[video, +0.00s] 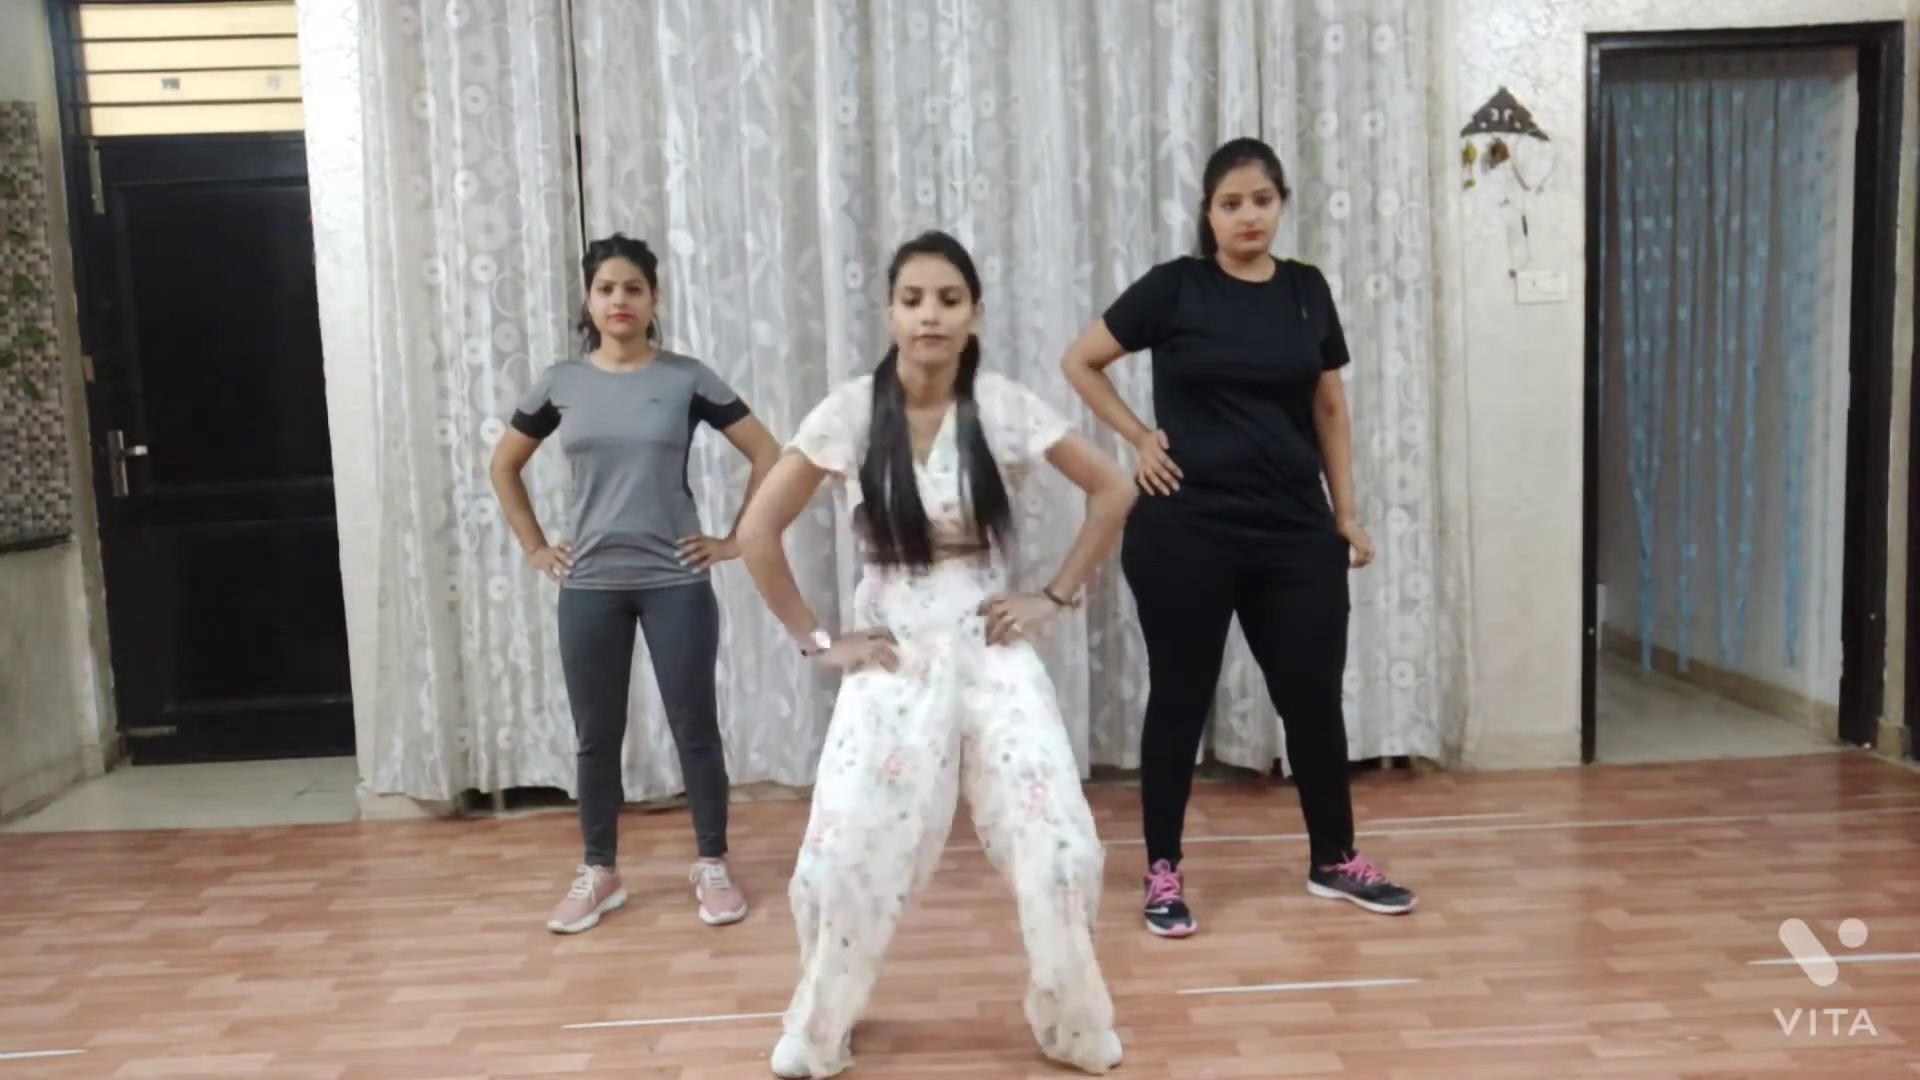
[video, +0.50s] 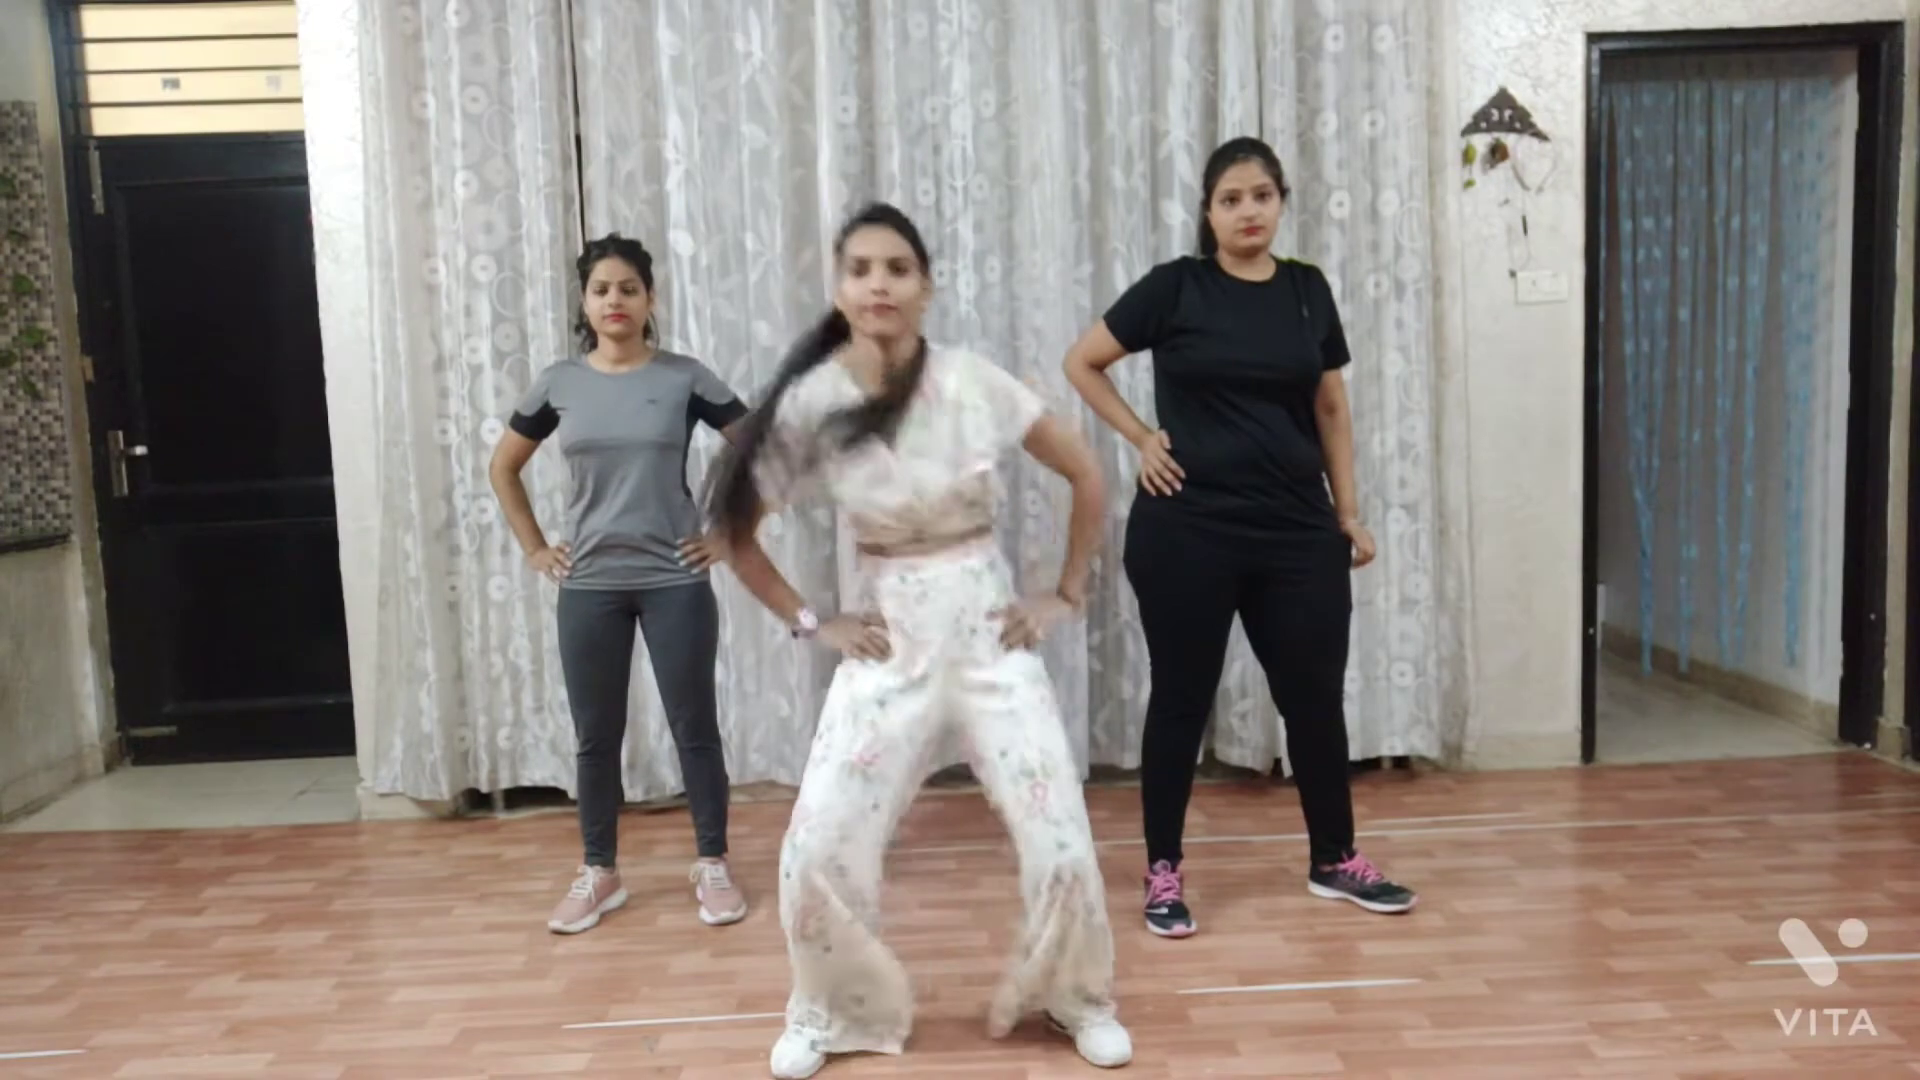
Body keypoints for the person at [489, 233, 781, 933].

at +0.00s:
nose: (620, 300)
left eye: (633, 288)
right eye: (606, 289)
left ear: (654, 299)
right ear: (587, 301)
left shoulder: (688, 379)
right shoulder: (562, 383)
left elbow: (769, 456)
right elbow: (503, 465)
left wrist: (736, 539)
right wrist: (537, 547)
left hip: (675, 575)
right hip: (591, 579)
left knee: (695, 729)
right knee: (596, 736)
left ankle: (712, 866)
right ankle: (599, 871)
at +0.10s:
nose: (619, 301)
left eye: (632, 289)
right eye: (606, 290)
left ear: (652, 299)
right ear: (588, 302)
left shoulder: (687, 378)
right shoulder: (561, 383)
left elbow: (764, 453)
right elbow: (503, 465)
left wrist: (737, 538)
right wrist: (537, 548)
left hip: (675, 574)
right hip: (591, 579)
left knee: (694, 726)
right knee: (595, 736)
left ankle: (713, 866)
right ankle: (599, 872)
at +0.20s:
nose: (618, 300)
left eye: (630, 288)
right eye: (605, 289)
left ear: (651, 299)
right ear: (586, 302)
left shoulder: (687, 378)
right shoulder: (562, 383)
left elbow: (767, 451)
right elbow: (504, 465)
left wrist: (739, 537)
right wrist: (538, 548)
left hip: (675, 574)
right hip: (590, 579)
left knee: (694, 728)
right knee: (596, 737)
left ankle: (713, 867)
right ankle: (599, 872)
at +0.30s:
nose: (616, 301)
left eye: (629, 288)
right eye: (603, 290)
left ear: (651, 298)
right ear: (585, 302)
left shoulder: (687, 380)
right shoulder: (561, 384)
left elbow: (763, 454)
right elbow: (504, 465)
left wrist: (738, 536)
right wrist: (538, 547)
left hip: (675, 574)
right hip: (591, 579)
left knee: (695, 729)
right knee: (596, 737)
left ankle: (713, 866)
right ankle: (599, 872)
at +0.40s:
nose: (616, 301)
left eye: (629, 289)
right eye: (603, 290)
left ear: (650, 300)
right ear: (586, 303)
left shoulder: (688, 378)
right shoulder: (560, 383)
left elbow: (770, 451)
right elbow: (504, 466)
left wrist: (737, 534)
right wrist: (537, 547)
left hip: (675, 575)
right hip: (590, 580)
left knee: (694, 726)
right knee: (595, 737)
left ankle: (713, 866)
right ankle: (599, 872)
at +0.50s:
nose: (615, 301)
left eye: (628, 289)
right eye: (602, 290)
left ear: (649, 300)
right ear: (584, 303)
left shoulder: (686, 379)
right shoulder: (559, 383)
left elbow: (763, 451)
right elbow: (503, 466)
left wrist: (728, 533)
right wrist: (537, 548)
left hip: (675, 575)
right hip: (589, 580)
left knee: (694, 725)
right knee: (595, 736)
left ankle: (712, 865)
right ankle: (599, 872)